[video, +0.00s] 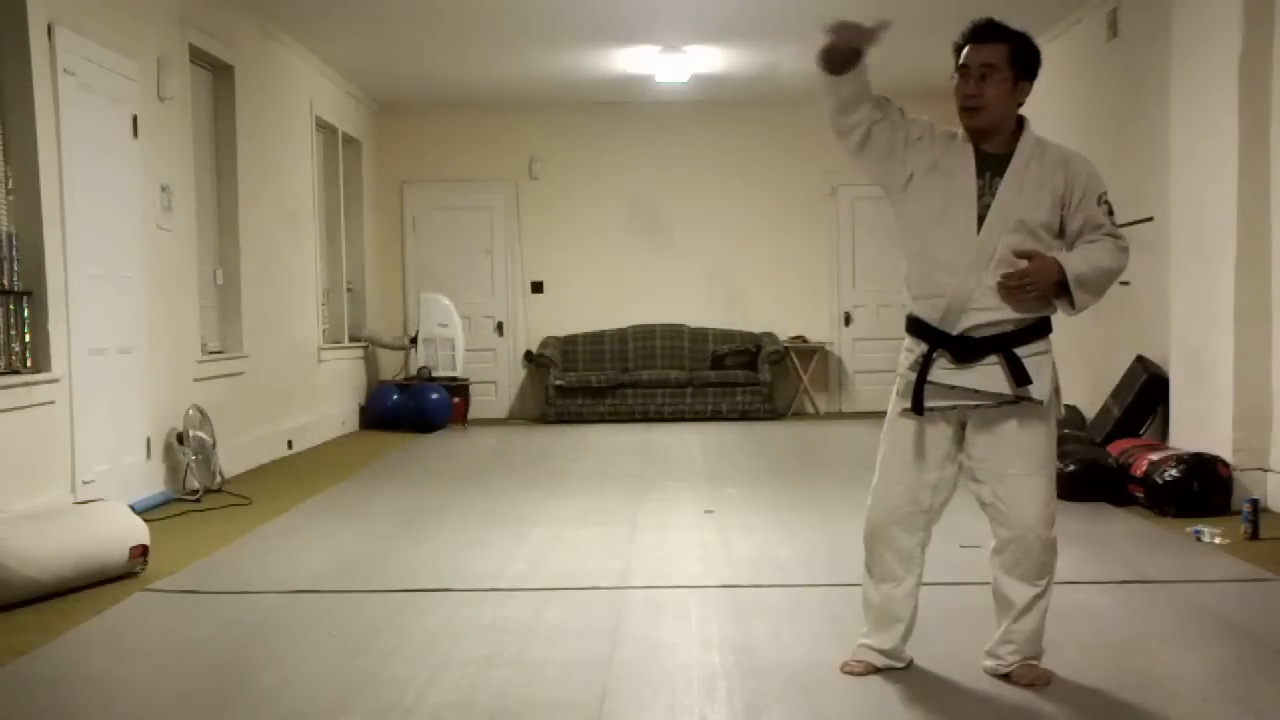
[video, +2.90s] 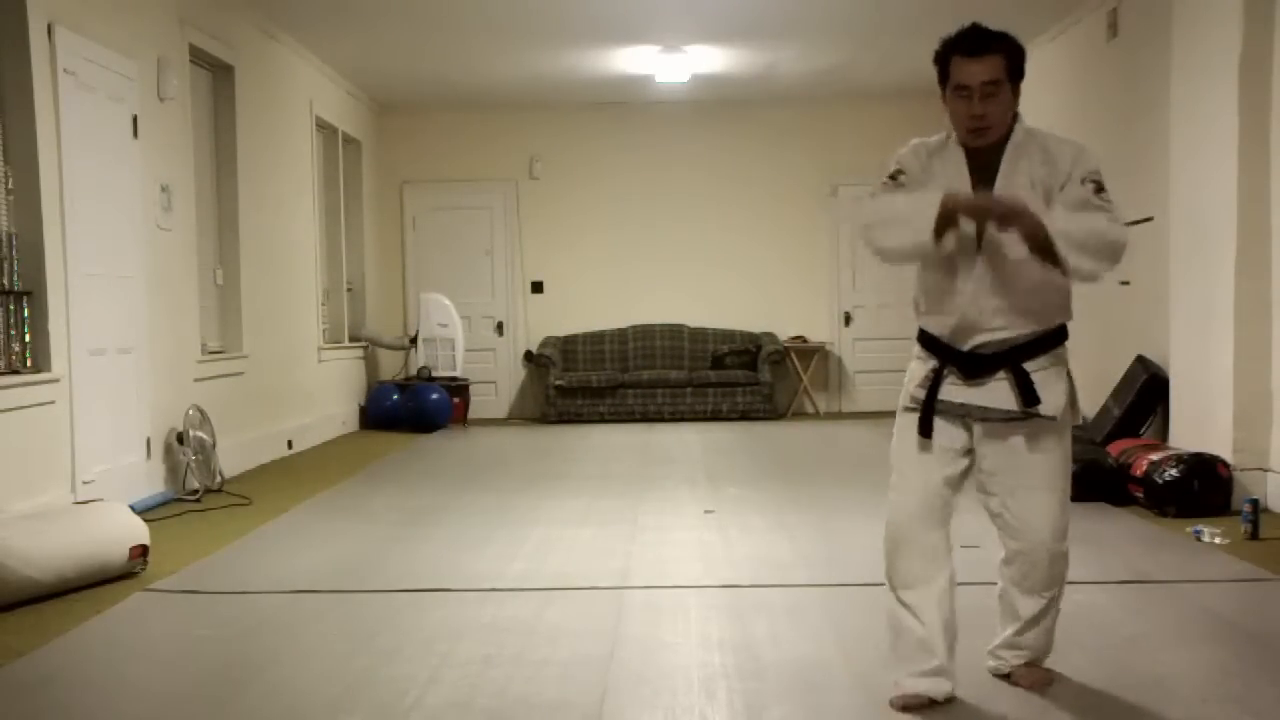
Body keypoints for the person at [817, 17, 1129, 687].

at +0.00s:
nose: (968, 87)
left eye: (987, 74)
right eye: (962, 74)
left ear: (1021, 88)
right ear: (953, 83)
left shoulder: (1064, 171)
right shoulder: (918, 154)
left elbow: (1110, 251)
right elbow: (861, 120)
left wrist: (1063, 271)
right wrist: (841, 66)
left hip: (1018, 365)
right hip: (927, 362)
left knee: (1029, 526)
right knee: (893, 515)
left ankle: (1015, 654)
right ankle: (882, 641)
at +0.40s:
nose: (985, 88)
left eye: (1002, 73)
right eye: (973, 73)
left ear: (1029, 84)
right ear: (959, 83)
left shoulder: (1070, 171)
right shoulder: (933, 156)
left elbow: (1114, 250)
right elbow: (898, 99)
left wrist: (1070, 269)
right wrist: (945, 43)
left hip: (1024, 368)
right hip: (934, 364)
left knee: (1034, 526)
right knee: (897, 514)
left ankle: (1016, 653)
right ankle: (882, 641)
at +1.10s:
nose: (978, 84)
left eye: (988, 70)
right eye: (959, 74)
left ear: (1005, 81)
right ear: (936, 93)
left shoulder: (1055, 165)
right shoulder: (915, 162)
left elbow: (1103, 239)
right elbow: (861, 140)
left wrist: (1061, 265)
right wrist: (860, 86)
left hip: (1022, 365)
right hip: (931, 365)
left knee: (1035, 525)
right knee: (899, 516)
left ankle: (1016, 654)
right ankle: (884, 641)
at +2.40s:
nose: (985, 87)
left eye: (995, 73)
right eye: (967, 77)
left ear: (1010, 80)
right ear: (940, 93)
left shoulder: (1056, 162)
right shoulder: (913, 163)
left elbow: (1105, 239)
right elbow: (850, 204)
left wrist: (1062, 268)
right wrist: (823, 174)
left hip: (1026, 372)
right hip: (936, 373)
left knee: (1038, 529)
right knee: (902, 518)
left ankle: (1017, 653)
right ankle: (886, 642)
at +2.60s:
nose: (992, 91)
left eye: (1004, 77)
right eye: (975, 80)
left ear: (1021, 83)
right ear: (951, 90)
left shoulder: (1071, 162)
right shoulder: (915, 167)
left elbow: (1121, 238)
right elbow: (870, 240)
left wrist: (1072, 268)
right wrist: (850, 254)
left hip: (1035, 374)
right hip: (940, 373)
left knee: (1044, 533)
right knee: (896, 518)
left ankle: (1018, 654)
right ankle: (883, 642)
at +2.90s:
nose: (977, 108)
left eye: (991, 93)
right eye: (962, 93)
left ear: (1017, 93)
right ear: (944, 95)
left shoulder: (1063, 159)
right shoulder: (922, 160)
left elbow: (1108, 246)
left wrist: (1031, 219)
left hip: (1032, 371)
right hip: (939, 369)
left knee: (1040, 539)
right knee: (912, 529)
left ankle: (1021, 652)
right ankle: (921, 675)